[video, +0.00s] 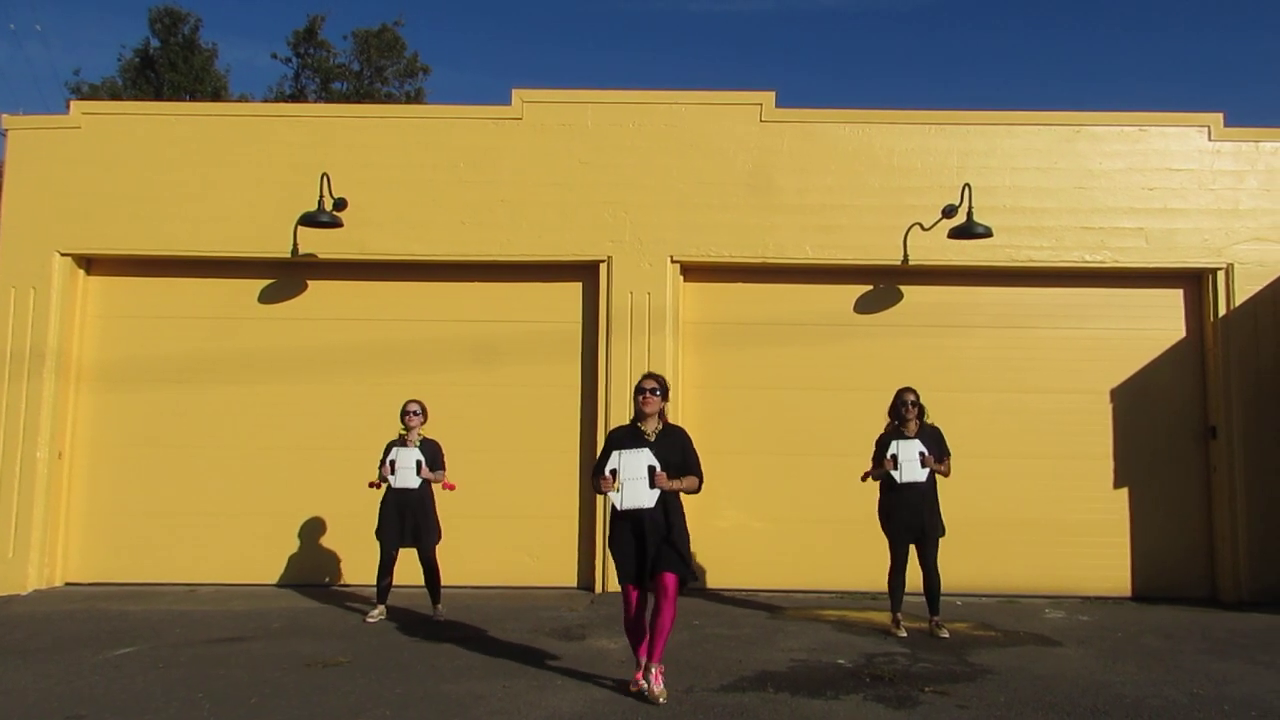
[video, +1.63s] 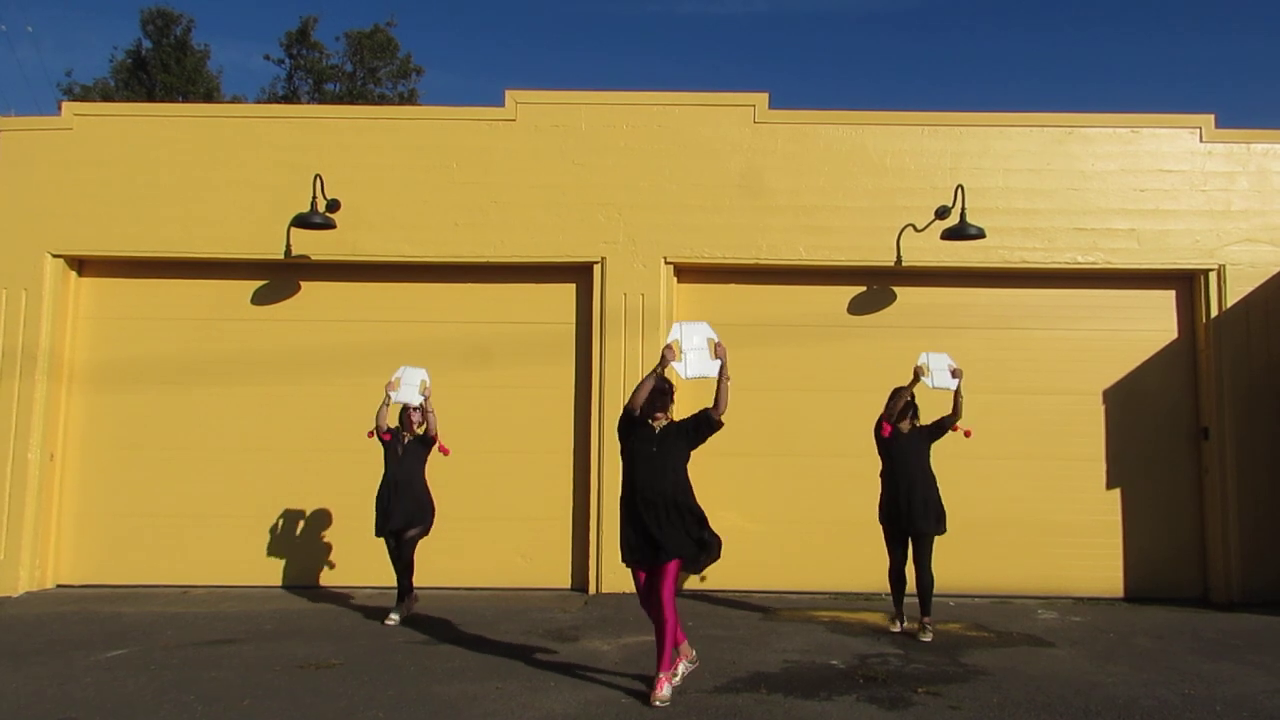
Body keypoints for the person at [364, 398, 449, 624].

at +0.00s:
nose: (410, 417)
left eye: (415, 413)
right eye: (406, 413)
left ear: (423, 417)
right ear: (402, 418)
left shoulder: (431, 446)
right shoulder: (393, 446)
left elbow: (441, 476)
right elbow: (382, 476)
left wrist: (428, 475)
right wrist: (384, 474)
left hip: (422, 510)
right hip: (393, 509)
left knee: (428, 558)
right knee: (387, 557)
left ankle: (436, 606)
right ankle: (380, 606)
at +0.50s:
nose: (407, 423)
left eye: (412, 420)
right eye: (403, 420)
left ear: (420, 425)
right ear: (399, 426)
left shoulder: (428, 454)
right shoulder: (391, 453)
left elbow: (438, 483)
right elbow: (374, 479)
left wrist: (430, 482)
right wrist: (387, 474)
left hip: (419, 516)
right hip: (391, 514)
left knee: (424, 561)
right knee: (382, 561)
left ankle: (432, 607)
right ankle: (378, 606)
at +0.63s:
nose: (407, 409)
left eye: (412, 406)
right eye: (403, 406)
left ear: (420, 412)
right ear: (398, 411)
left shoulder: (425, 436)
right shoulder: (390, 433)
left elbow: (440, 462)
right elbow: (381, 443)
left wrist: (450, 450)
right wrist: (410, 438)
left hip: (419, 501)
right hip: (392, 500)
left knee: (420, 554)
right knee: (385, 552)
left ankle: (426, 601)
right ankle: (375, 601)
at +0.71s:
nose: (407, 408)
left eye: (413, 405)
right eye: (403, 405)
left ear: (420, 413)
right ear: (397, 410)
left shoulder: (423, 439)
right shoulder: (388, 433)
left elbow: (442, 449)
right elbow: (391, 426)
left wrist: (458, 433)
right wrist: (422, 418)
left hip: (419, 501)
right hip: (393, 500)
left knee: (417, 553)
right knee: (388, 551)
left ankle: (418, 603)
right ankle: (382, 598)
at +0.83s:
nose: (409, 415)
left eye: (414, 413)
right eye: (408, 412)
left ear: (420, 420)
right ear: (403, 419)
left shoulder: (424, 443)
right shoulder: (393, 440)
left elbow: (447, 433)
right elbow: (396, 419)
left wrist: (456, 406)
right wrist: (417, 397)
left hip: (421, 508)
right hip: (394, 508)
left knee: (419, 559)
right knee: (386, 553)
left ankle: (417, 606)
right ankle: (394, 597)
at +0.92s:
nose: (414, 408)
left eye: (419, 406)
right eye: (411, 406)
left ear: (424, 414)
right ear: (404, 412)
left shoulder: (429, 438)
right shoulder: (394, 435)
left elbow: (442, 420)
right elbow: (391, 412)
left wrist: (443, 389)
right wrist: (403, 385)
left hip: (421, 502)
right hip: (394, 501)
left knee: (418, 555)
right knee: (392, 552)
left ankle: (416, 604)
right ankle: (400, 596)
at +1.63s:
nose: (414, 414)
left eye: (417, 411)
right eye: (410, 411)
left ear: (422, 416)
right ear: (402, 416)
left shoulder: (425, 441)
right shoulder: (390, 438)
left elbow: (432, 430)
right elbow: (381, 426)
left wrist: (428, 403)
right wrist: (387, 398)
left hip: (417, 501)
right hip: (390, 500)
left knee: (406, 551)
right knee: (395, 553)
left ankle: (400, 605)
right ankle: (408, 594)